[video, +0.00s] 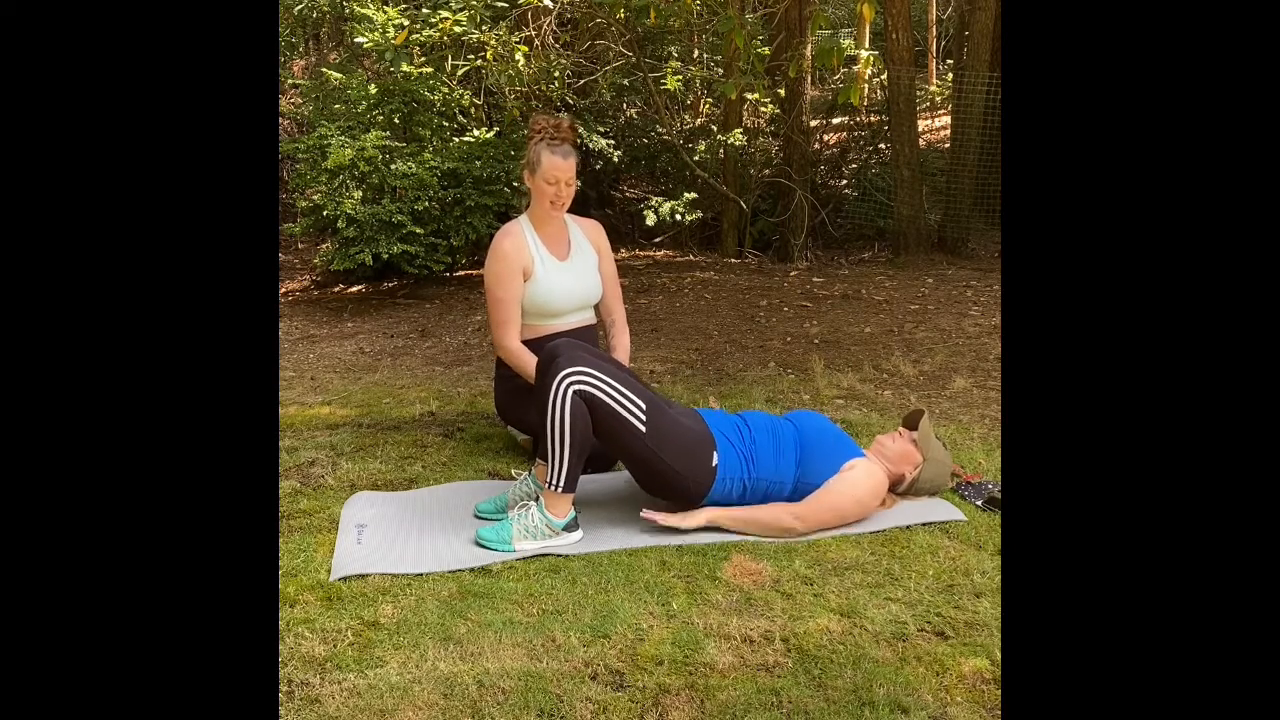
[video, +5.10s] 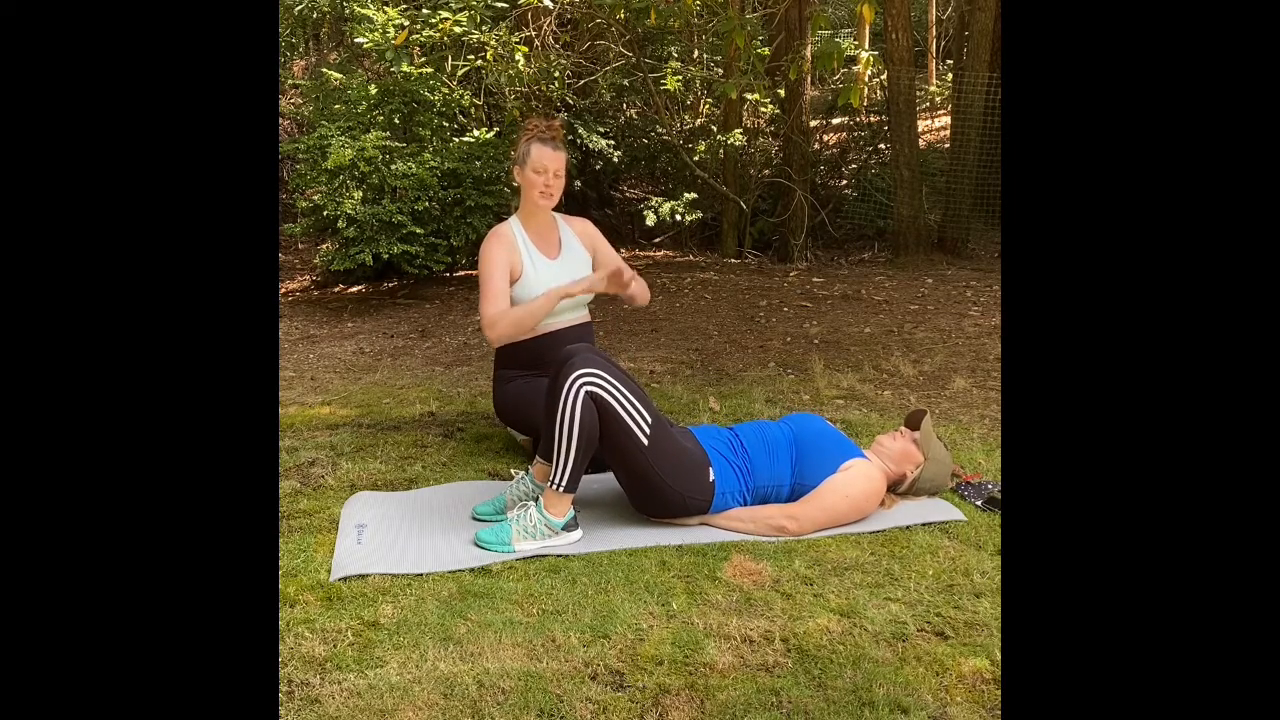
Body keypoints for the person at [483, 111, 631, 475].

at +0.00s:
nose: (562, 193)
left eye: (570, 183)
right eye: (551, 182)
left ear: (577, 180)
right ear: (528, 179)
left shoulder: (591, 233)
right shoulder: (509, 244)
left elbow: (616, 322)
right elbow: (506, 343)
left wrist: (615, 379)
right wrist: (564, 387)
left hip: (586, 368)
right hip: (525, 379)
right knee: (600, 450)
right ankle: (537, 442)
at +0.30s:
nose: (552, 191)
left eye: (560, 180)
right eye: (541, 181)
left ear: (570, 178)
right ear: (523, 181)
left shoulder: (590, 233)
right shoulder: (509, 244)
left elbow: (614, 319)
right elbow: (502, 333)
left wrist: (616, 366)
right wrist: (517, 374)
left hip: (587, 366)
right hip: (527, 375)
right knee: (599, 448)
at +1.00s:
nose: (554, 187)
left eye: (561, 177)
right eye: (543, 177)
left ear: (568, 178)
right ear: (520, 178)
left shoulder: (585, 232)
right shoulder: (505, 243)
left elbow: (611, 318)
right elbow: (497, 342)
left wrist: (615, 366)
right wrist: (524, 337)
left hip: (585, 364)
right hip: (525, 375)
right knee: (604, 448)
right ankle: (536, 440)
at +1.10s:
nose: (554, 184)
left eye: (561, 174)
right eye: (542, 174)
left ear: (568, 176)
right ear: (520, 177)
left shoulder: (585, 231)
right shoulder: (504, 243)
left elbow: (608, 306)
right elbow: (497, 345)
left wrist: (621, 346)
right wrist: (524, 322)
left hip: (586, 365)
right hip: (524, 375)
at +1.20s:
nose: (552, 183)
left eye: (560, 173)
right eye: (541, 171)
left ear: (567, 178)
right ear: (520, 175)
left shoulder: (584, 231)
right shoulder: (503, 242)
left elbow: (614, 301)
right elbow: (497, 342)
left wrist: (620, 313)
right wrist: (533, 304)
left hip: (584, 365)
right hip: (524, 376)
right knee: (603, 448)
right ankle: (538, 444)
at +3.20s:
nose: (548, 183)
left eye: (555, 174)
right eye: (537, 171)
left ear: (562, 179)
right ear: (515, 173)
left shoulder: (578, 229)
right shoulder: (498, 242)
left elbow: (643, 292)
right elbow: (501, 320)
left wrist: (627, 270)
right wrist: (554, 269)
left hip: (586, 363)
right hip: (523, 377)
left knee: (643, 436)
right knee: (603, 446)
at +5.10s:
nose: (549, 183)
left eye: (558, 175)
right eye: (539, 172)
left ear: (565, 180)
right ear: (518, 174)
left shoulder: (581, 230)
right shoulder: (500, 242)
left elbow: (641, 297)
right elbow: (495, 330)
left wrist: (628, 286)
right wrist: (561, 292)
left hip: (585, 366)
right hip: (523, 379)